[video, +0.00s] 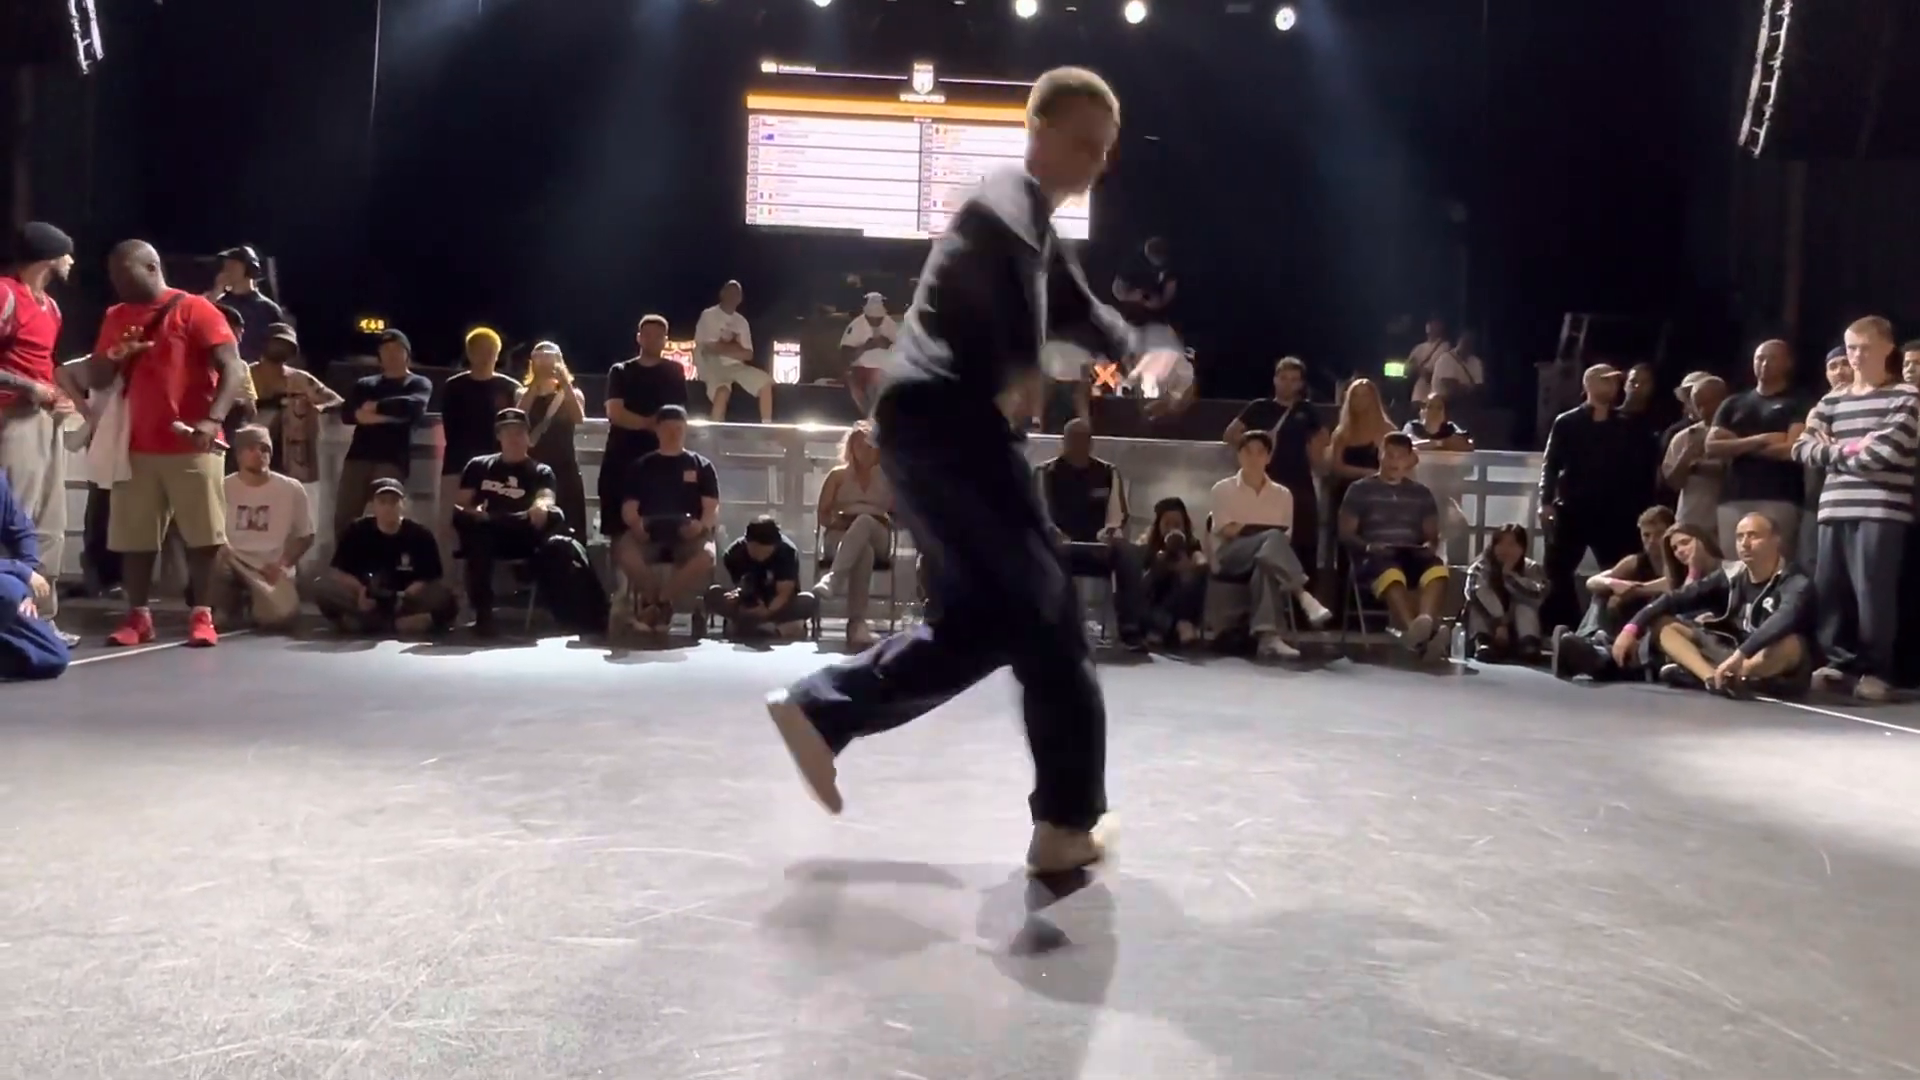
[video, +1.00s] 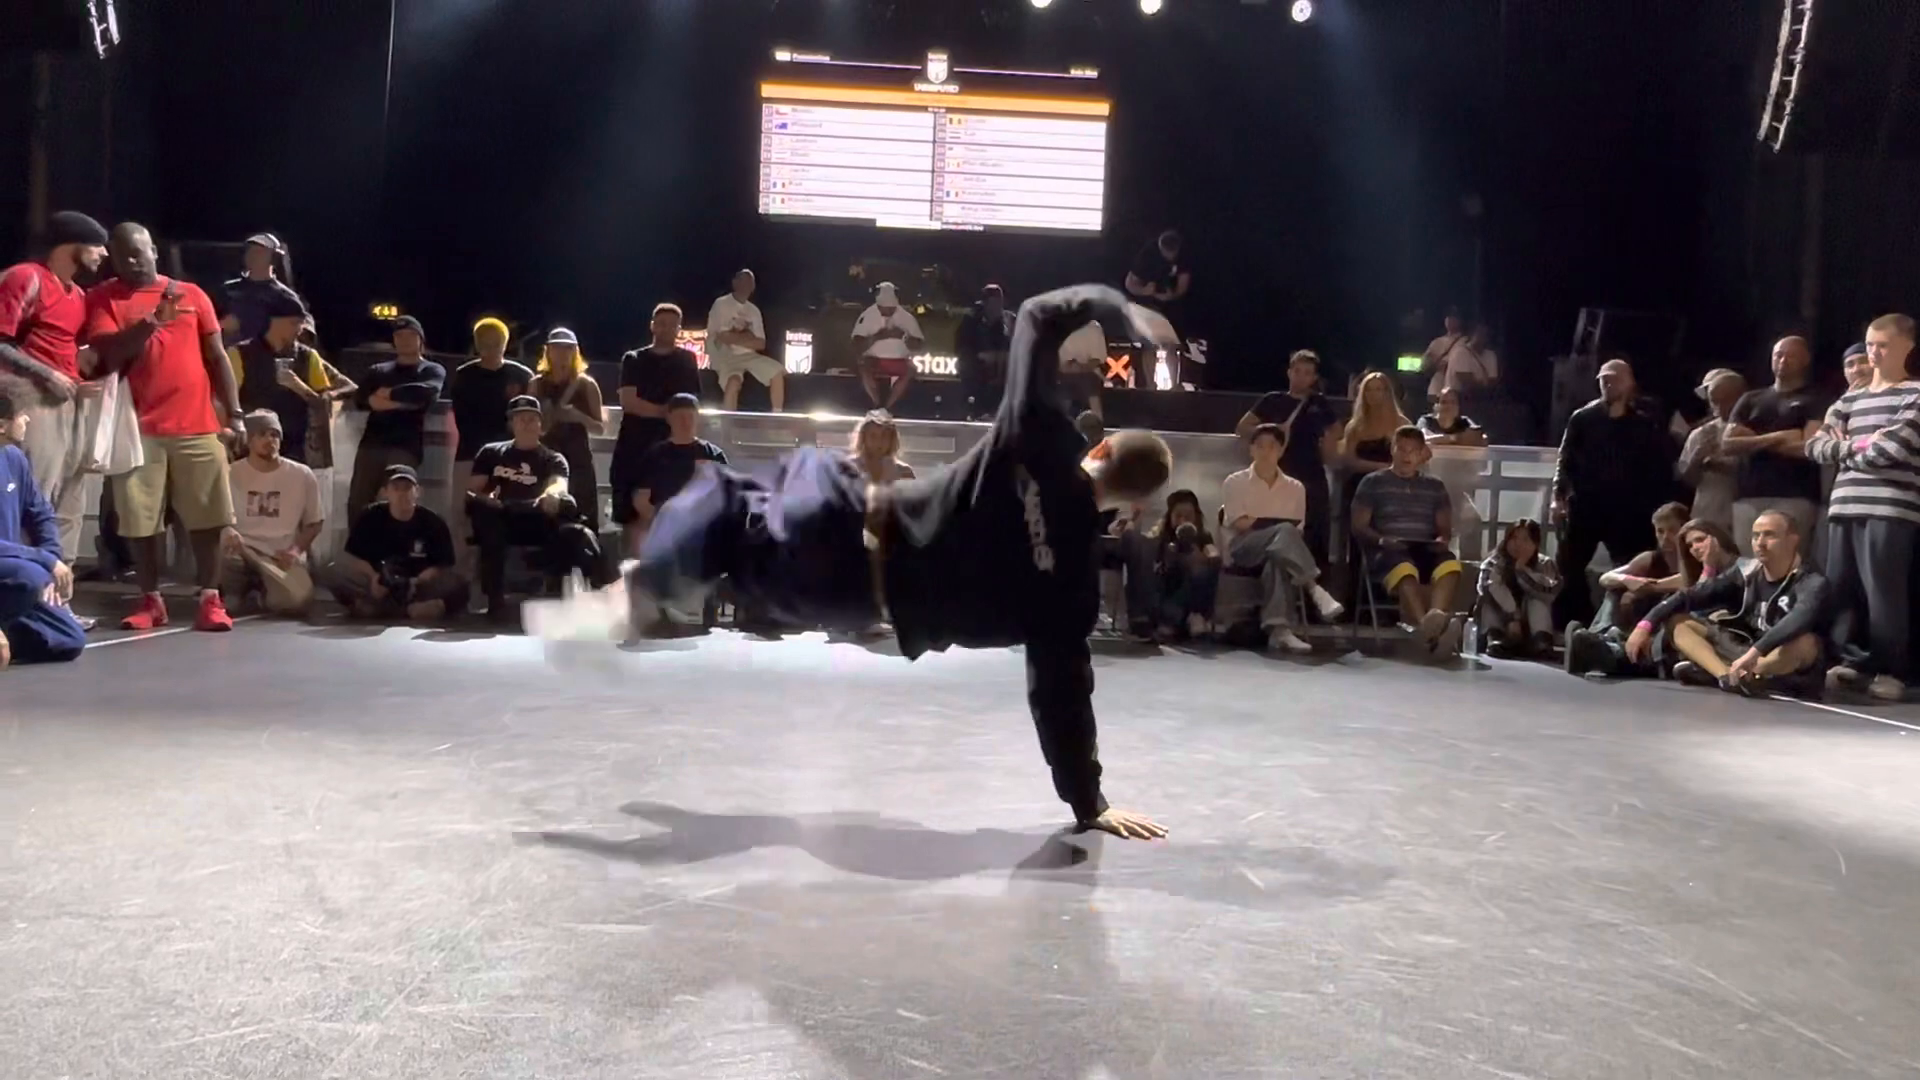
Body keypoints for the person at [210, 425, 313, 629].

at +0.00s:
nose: (259, 454)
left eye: (265, 449)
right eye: (252, 449)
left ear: (270, 454)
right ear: (238, 454)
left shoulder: (292, 488)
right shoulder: (224, 487)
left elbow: (306, 535)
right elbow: (212, 527)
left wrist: (281, 565)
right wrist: (222, 550)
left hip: (272, 568)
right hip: (234, 563)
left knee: (280, 616)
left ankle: (253, 605)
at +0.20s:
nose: (262, 452)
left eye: (268, 446)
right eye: (255, 445)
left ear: (273, 451)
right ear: (240, 449)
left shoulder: (294, 486)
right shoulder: (226, 483)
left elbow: (308, 530)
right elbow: (215, 524)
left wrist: (283, 562)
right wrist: (224, 548)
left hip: (273, 565)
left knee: (284, 612)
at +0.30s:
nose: (264, 451)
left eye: (270, 445)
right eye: (255, 445)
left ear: (275, 449)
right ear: (242, 448)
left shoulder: (297, 485)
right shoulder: (228, 482)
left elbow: (311, 530)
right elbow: (217, 523)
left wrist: (286, 561)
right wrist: (225, 545)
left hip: (275, 565)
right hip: (238, 560)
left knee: (288, 610)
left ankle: (249, 606)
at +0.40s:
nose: (266, 447)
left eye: (271, 441)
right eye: (258, 440)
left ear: (276, 446)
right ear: (244, 445)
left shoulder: (297, 483)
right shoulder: (228, 480)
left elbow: (311, 528)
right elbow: (216, 519)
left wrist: (287, 558)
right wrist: (226, 546)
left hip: (276, 563)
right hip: (238, 559)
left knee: (289, 608)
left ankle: (250, 604)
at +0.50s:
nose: (267, 445)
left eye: (272, 439)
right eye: (260, 439)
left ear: (277, 444)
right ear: (245, 443)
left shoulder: (298, 481)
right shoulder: (228, 478)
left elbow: (311, 526)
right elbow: (217, 518)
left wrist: (288, 557)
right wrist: (226, 542)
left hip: (277, 562)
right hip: (238, 557)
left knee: (290, 607)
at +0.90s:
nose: (269, 440)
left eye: (274, 435)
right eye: (262, 434)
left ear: (280, 440)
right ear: (249, 440)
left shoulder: (301, 476)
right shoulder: (230, 473)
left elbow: (313, 522)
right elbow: (215, 511)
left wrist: (294, 551)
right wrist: (226, 534)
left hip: (279, 556)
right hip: (240, 551)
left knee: (295, 601)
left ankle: (254, 598)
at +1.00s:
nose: (270, 440)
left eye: (275, 434)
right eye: (263, 434)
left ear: (280, 439)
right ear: (249, 439)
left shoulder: (302, 475)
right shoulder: (231, 473)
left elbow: (314, 521)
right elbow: (219, 507)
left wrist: (296, 550)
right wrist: (227, 529)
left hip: (282, 555)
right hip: (242, 550)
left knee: (296, 600)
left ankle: (258, 595)